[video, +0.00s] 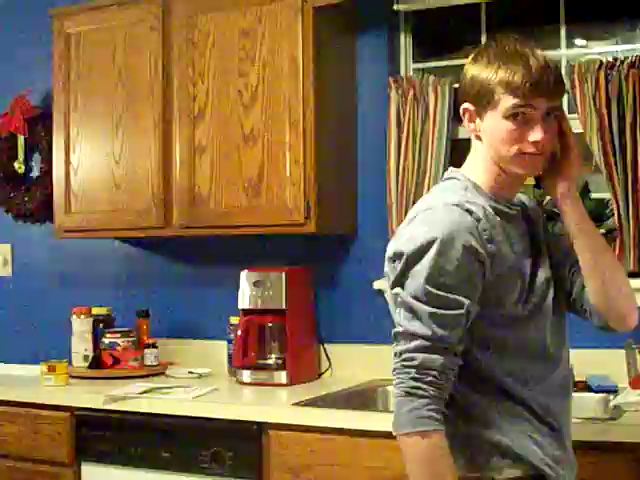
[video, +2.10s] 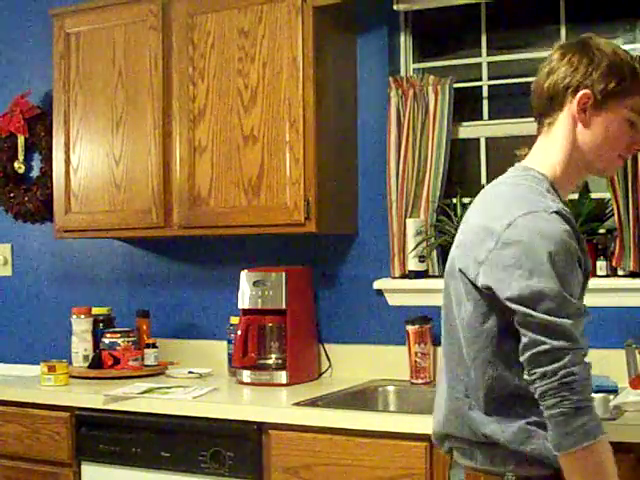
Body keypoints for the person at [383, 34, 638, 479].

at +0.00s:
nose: (540, 135)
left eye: (550, 117)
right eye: (520, 115)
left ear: (560, 124)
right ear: (472, 121)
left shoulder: (536, 217)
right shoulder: (446, 228)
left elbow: (621, 315)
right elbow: (415, 419)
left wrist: (567, 196)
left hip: (551, 458)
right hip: (493, 466)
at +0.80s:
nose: (569, 142)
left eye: (577, 124)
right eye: (550, 122)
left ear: (586, 127)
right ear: (501, 124)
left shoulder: (534, 222)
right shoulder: (479, 229)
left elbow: (609, 348)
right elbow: (445, 416)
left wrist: (585, 227)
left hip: (559, 461)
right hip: (513, 468)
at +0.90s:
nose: (577, 139)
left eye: (586, 121)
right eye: (557, 119)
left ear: (594, 124)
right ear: (509, 122)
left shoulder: (538, 223)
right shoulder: (480, 230)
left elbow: (586, 371)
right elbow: (450, 417)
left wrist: (597, 272)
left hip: (562, 460)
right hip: (520, 467)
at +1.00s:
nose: (581, 133)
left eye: (592, 115)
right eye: (561, 113)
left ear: (602, 122)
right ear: (514, 120)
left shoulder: (551, 226)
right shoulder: (477, 229)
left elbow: (549, 381)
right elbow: (468, 417)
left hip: (564, 461)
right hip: (513, 467)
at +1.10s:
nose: (580, 126)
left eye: (592, 109)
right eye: (560, 108)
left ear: (603, 118)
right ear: (517, 116)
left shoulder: (558, 222)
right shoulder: (482, 229)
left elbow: (544, 375)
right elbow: (489, 414)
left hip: (560, 460)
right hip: (506, 468)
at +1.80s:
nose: (622, 125)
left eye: (621, 110)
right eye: (610, 104)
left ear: (557, 102)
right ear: (557, 99)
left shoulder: (531, 213)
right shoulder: (516, 221)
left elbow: (562, 396)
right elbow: (515, 414)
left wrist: (609, 473)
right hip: (521, 467)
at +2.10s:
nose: (635, 146)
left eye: (637, 127)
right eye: (630, 122)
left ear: (580, 108)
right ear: (582, 108)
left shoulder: (502, 200)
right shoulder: (536, 226)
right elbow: (567, 409)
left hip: (482, 461)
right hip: (513, 469)